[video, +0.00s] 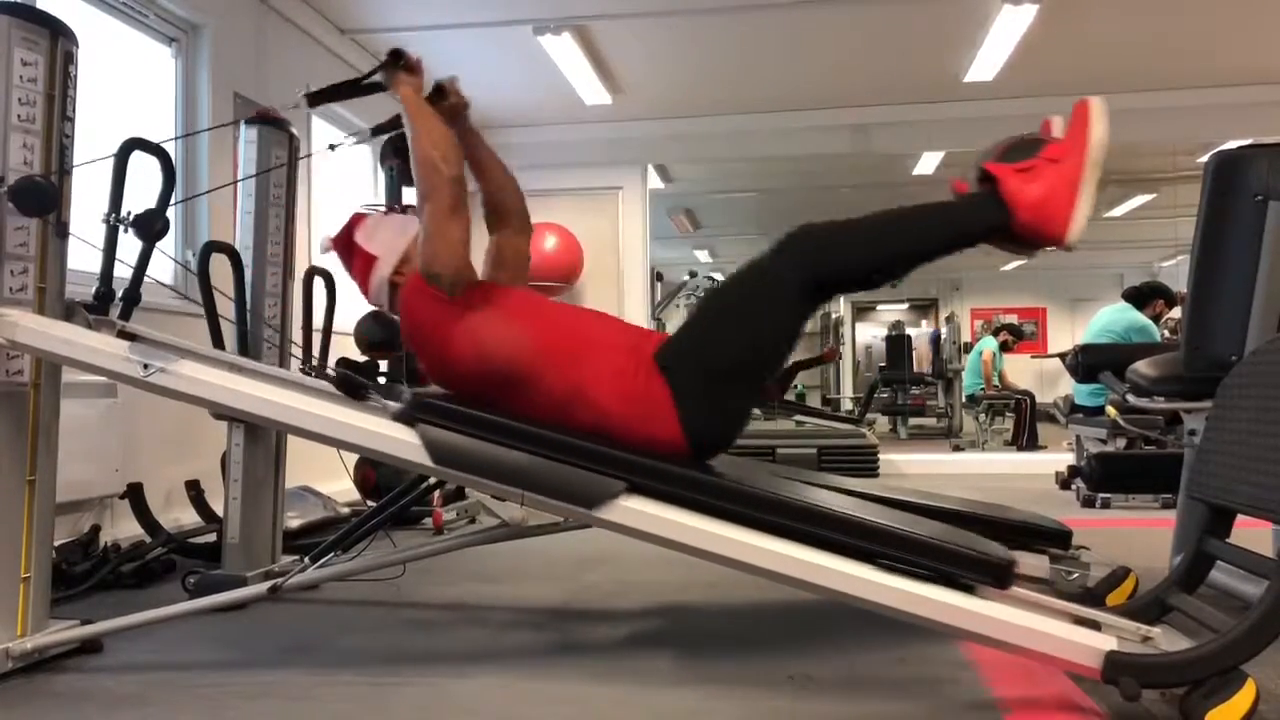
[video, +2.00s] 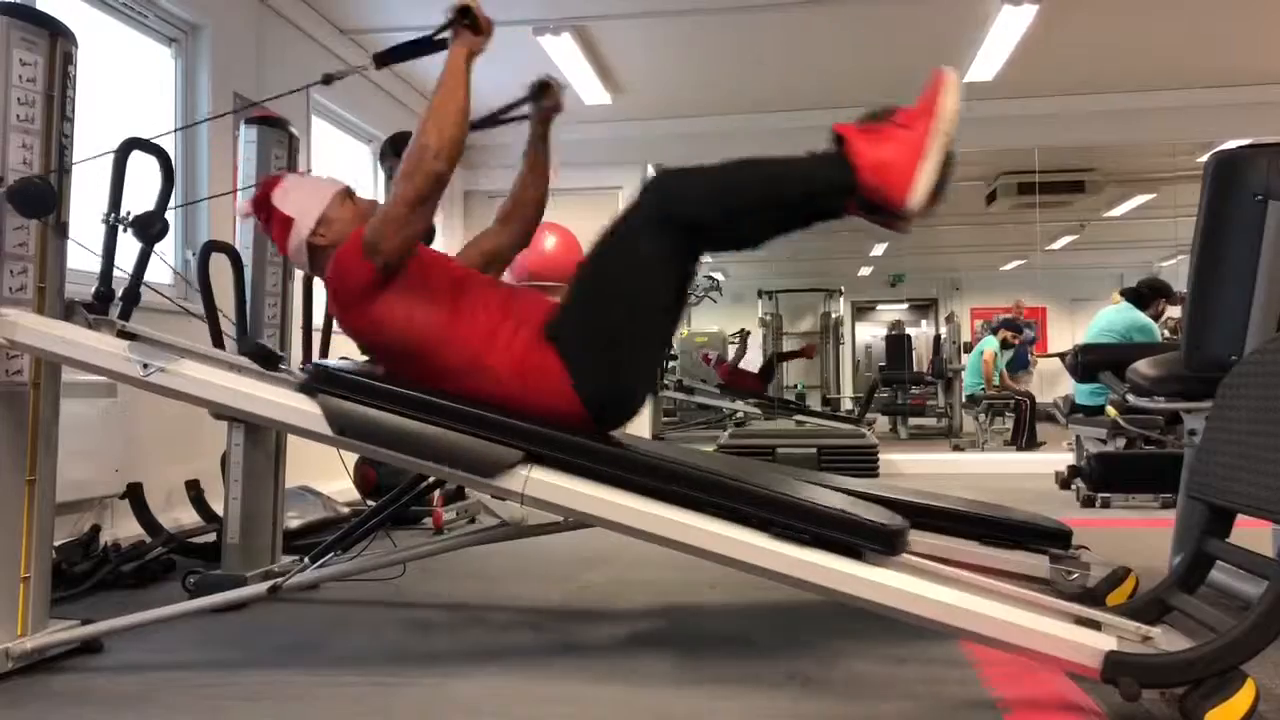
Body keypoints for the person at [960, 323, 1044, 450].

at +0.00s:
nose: (1013, 347)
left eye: (1016, 344)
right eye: (1013, 342)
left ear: (1003, 336)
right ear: (1004, 334)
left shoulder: (997, 352)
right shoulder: (990, 341)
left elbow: (1004, 382)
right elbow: (986, 360)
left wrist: (1020, 391)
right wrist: (989, 389)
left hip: (985, 392)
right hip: (976, 393)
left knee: (1027, 397)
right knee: (1025, 399)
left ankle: (1022, 442)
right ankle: (1026, 445)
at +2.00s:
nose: (1016, 342)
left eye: (1018, 339)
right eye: (1014, 337)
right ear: (1004, 331)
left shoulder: (997, 349)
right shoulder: (991, 341)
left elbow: (1005, 381)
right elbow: (987, 361)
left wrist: (1018, 390)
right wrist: (989, 389)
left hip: (983, 392)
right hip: (976, 393)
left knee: (1027, 398)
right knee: (1026, 400)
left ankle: (1019, 440)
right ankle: (1024, 443)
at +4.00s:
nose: (1016, 343)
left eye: (1017, 339)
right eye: (1016, 338)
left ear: (1008, 337)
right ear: (1010, 337)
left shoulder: (997, 350)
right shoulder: (992, 342)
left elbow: (1004, 382)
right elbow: (988, 360)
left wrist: (1019, 390)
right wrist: (989, 389)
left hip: (983, 392)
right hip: (976, 393)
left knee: (1027, 399)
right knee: (1026, 400)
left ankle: (1019, 442)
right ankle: (1027, 444)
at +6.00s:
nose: (1017, 342)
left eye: (1018, 339)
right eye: (1017, 338)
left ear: (1010, 337)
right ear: (1011, 336)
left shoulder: (999, 349)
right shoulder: (995, 342)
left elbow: (1004, 382)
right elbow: (989, 360)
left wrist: (1021, 390)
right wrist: (989, 389)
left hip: (983, 392)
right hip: (977, 393)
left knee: (1027, 400)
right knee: (1026, 401)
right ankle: (1024, 444)